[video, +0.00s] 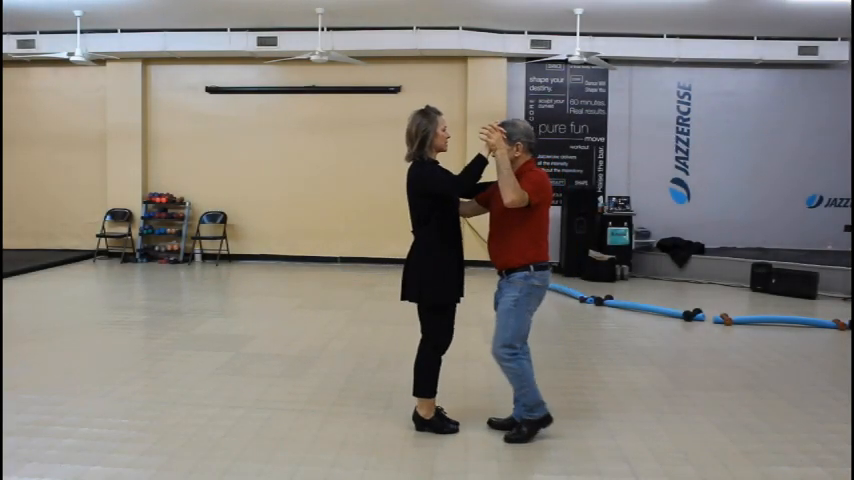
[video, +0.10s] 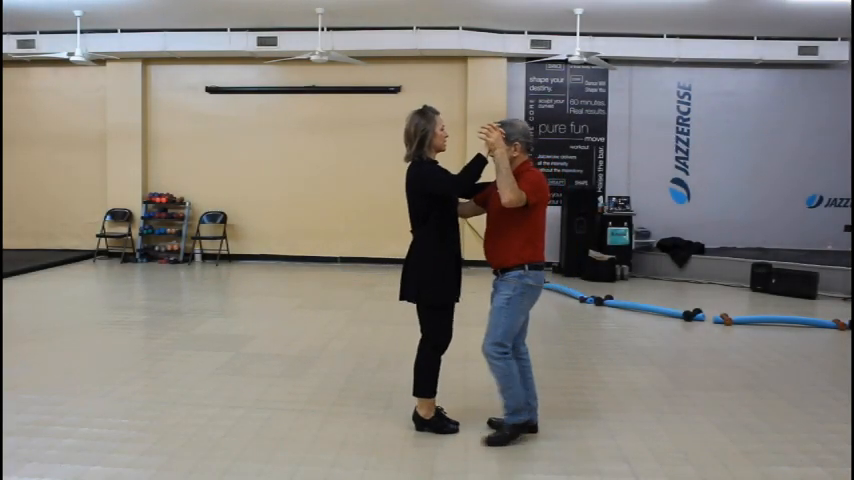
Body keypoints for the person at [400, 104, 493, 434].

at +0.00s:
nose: (447, 134)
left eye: (446, 129)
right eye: (442, 129)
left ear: (426, 135)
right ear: (427, 134)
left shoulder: (430, 169)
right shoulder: (424, 171)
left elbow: (465, 191)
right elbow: (460, 186)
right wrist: (484, 154)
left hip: (438, 268)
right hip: (433, 269)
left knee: (437, 337)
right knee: (436, 338)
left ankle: (426, 407)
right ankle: (425, 410)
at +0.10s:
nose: (446, 134)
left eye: (444, 128)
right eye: (440, 129)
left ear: (424, 134)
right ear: (426, 134)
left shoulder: (429, 168)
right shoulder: (423, 170)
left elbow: (463, 190)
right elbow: (459, 185)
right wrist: (484, 153)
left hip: (436, 267)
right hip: (431, 268)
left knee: (437, 336)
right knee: (436, 337)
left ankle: (426, 407)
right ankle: (425, 410)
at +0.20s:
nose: (445, 133)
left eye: (443, 127)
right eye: (440, 128)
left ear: (424, 134)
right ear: (425, 134)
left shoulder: (429, 168)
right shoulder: (422, 170)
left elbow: (461, 192)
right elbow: (457, 185)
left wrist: (495, 183)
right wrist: (482, 153)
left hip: (436, 267)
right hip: (430, 268)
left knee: (436, 337)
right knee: (435, 338)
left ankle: (426, 406)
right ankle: (424, 410)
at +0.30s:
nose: (445, 133)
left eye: (443, 128)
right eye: (439, 129)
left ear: (424, 133)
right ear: (425, 134)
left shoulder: (427, 167)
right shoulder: (421, 170)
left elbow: (454, 199)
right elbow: (454, 187)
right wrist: (479, 155)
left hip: (435, 267)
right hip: (429, 269)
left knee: (436, 336)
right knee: (434, 337)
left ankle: (426, 406)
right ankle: (425, 410)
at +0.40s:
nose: (444, 134)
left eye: (442, 128)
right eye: (439, 129)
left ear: (425, 132)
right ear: (424, 133)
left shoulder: (426, 168)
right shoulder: (420, 170)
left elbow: (451, 202)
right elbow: (450, 187)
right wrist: (476, 157)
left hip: (434, 267)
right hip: (428, 269)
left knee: (436, 337)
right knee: (433, 338)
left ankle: (426, 406)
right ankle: (423, 411)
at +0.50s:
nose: (443, 134)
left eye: (441, 128)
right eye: (438, 129)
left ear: (424, 133)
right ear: (423, 134)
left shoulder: (425, 168)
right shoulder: (420, 170)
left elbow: (442, 214)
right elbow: (451, 189)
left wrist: (473, 208)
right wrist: (476, 155)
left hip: (432, 267)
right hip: (427, 269)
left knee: (434, 337)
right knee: (433, 338)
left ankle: (426, 406)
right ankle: (424, 410)